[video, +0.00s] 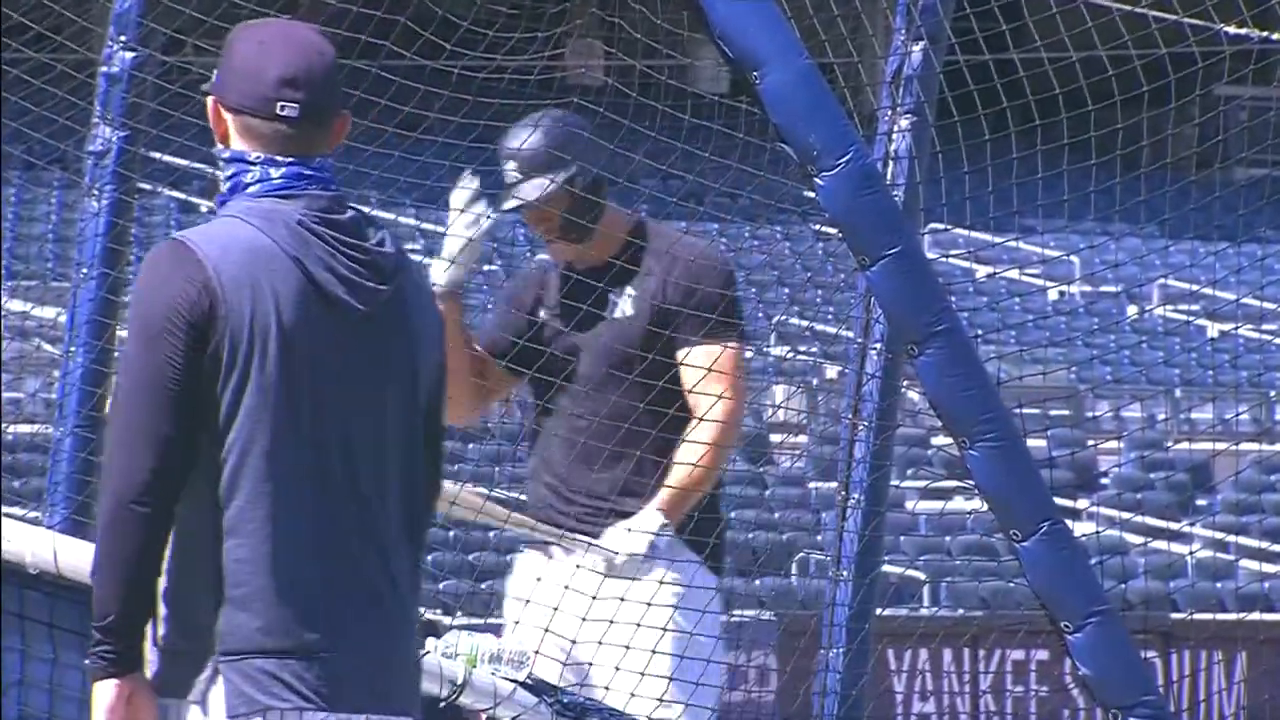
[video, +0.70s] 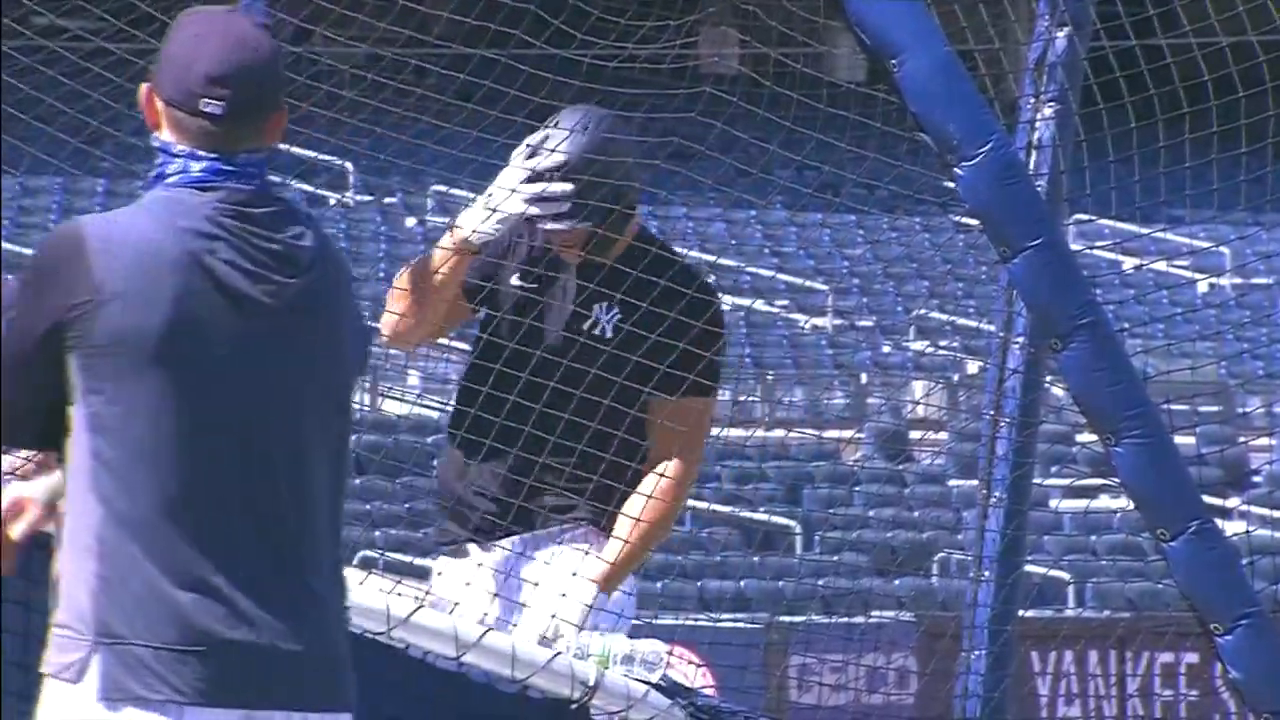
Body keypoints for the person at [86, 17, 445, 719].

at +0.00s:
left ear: (216, 116)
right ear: (341, 132)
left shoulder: (192, 268)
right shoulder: (408, 282)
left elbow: (139, 485)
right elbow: (420, 484)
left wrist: (114, 663)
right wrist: (378, 619)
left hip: (243, 670)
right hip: (384, 669)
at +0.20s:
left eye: (172, 92)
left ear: (178, 106)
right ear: (304, 128)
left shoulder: (150, 250)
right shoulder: (354, 280)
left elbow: (75, 459)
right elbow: (338, 477)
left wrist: (56, 631)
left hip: (177, 675)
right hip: (327, 677)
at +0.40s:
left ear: (199, 100)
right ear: (322, 126)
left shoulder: (169, 238)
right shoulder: (364, 273)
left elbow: (56, 438)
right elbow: (334, 465)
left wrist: (80, 548)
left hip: (170, 667)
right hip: (327, 671)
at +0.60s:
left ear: (191, 99)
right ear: (316, 122)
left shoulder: (143, 243)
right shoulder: (365, 270)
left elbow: (35, 426)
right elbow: (292, 456)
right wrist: (108, 532)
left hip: (163, 677)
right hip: (337, 686)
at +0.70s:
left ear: (151, 108)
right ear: (280, 127)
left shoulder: (92, 252)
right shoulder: (329, 272)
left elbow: (16, 414)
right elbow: (259, 443)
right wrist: (68, 484)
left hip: (127, 673)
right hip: (301, 675)